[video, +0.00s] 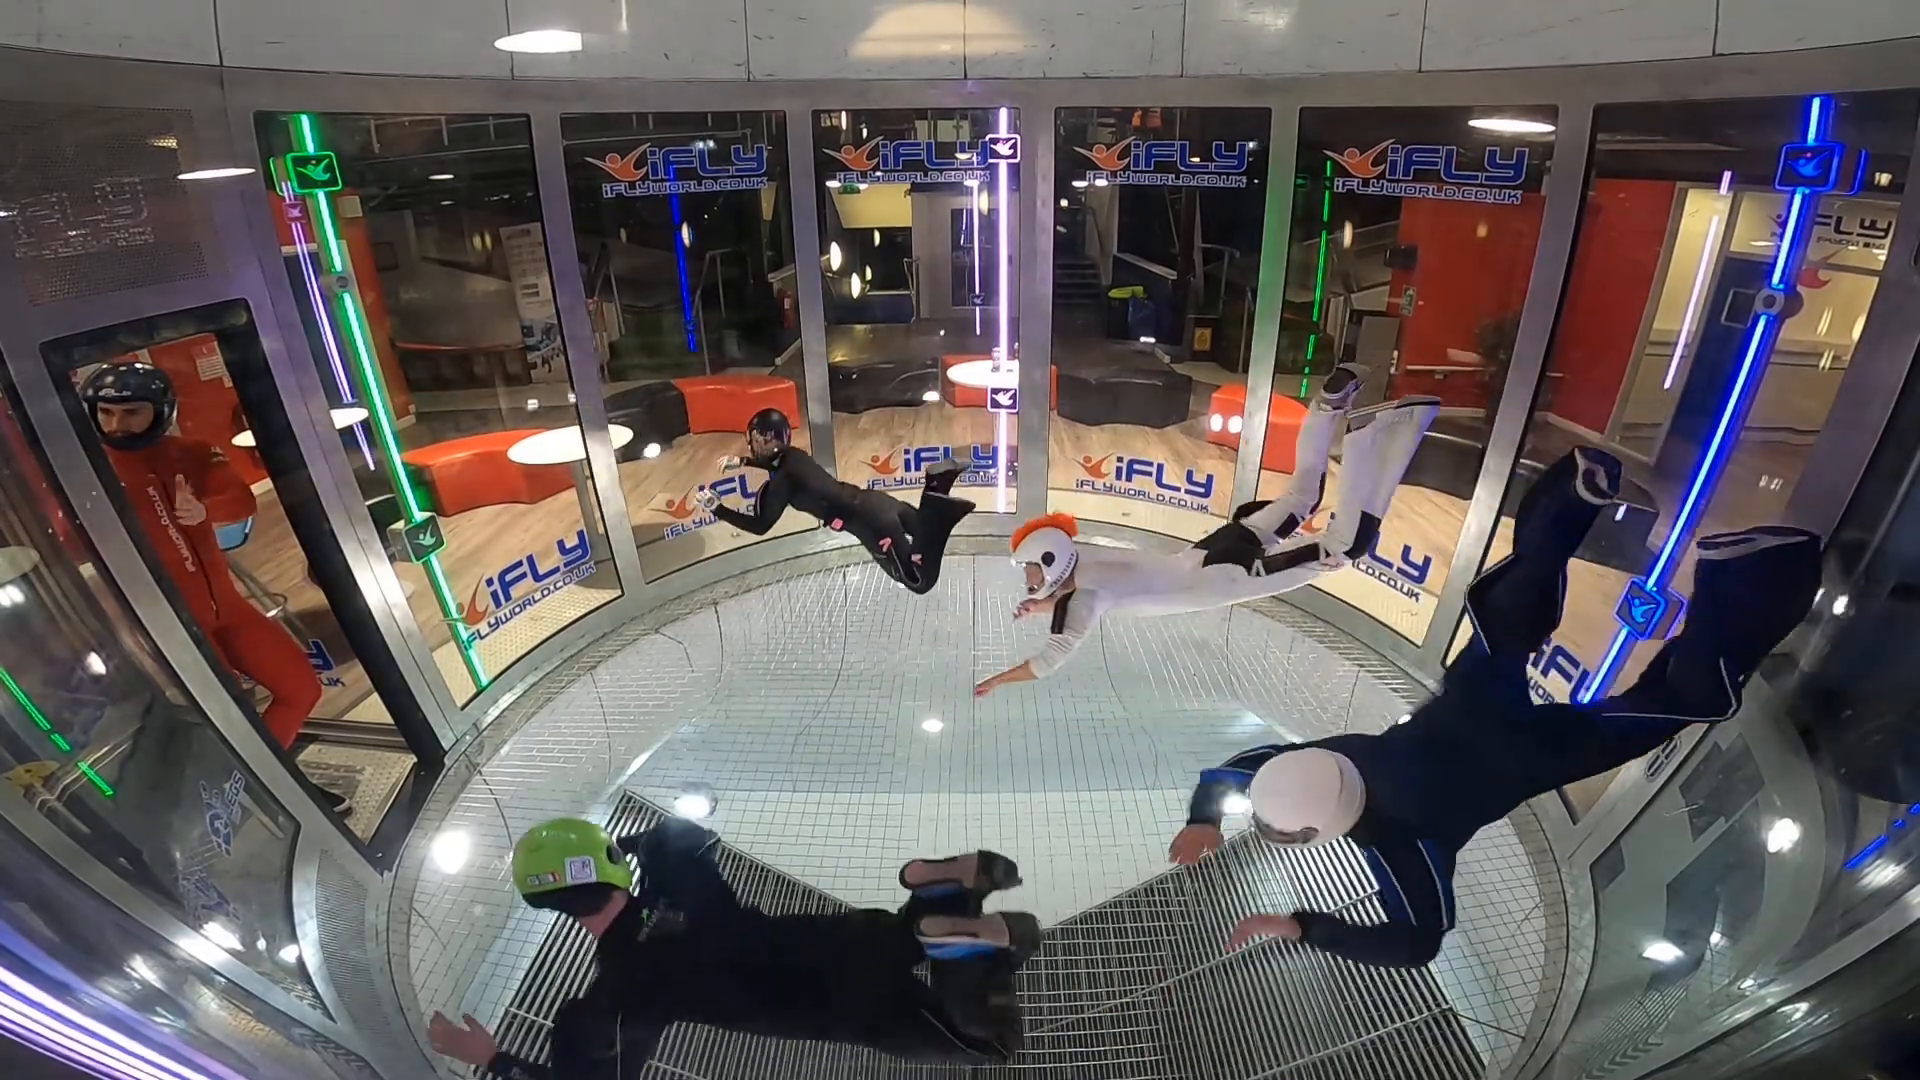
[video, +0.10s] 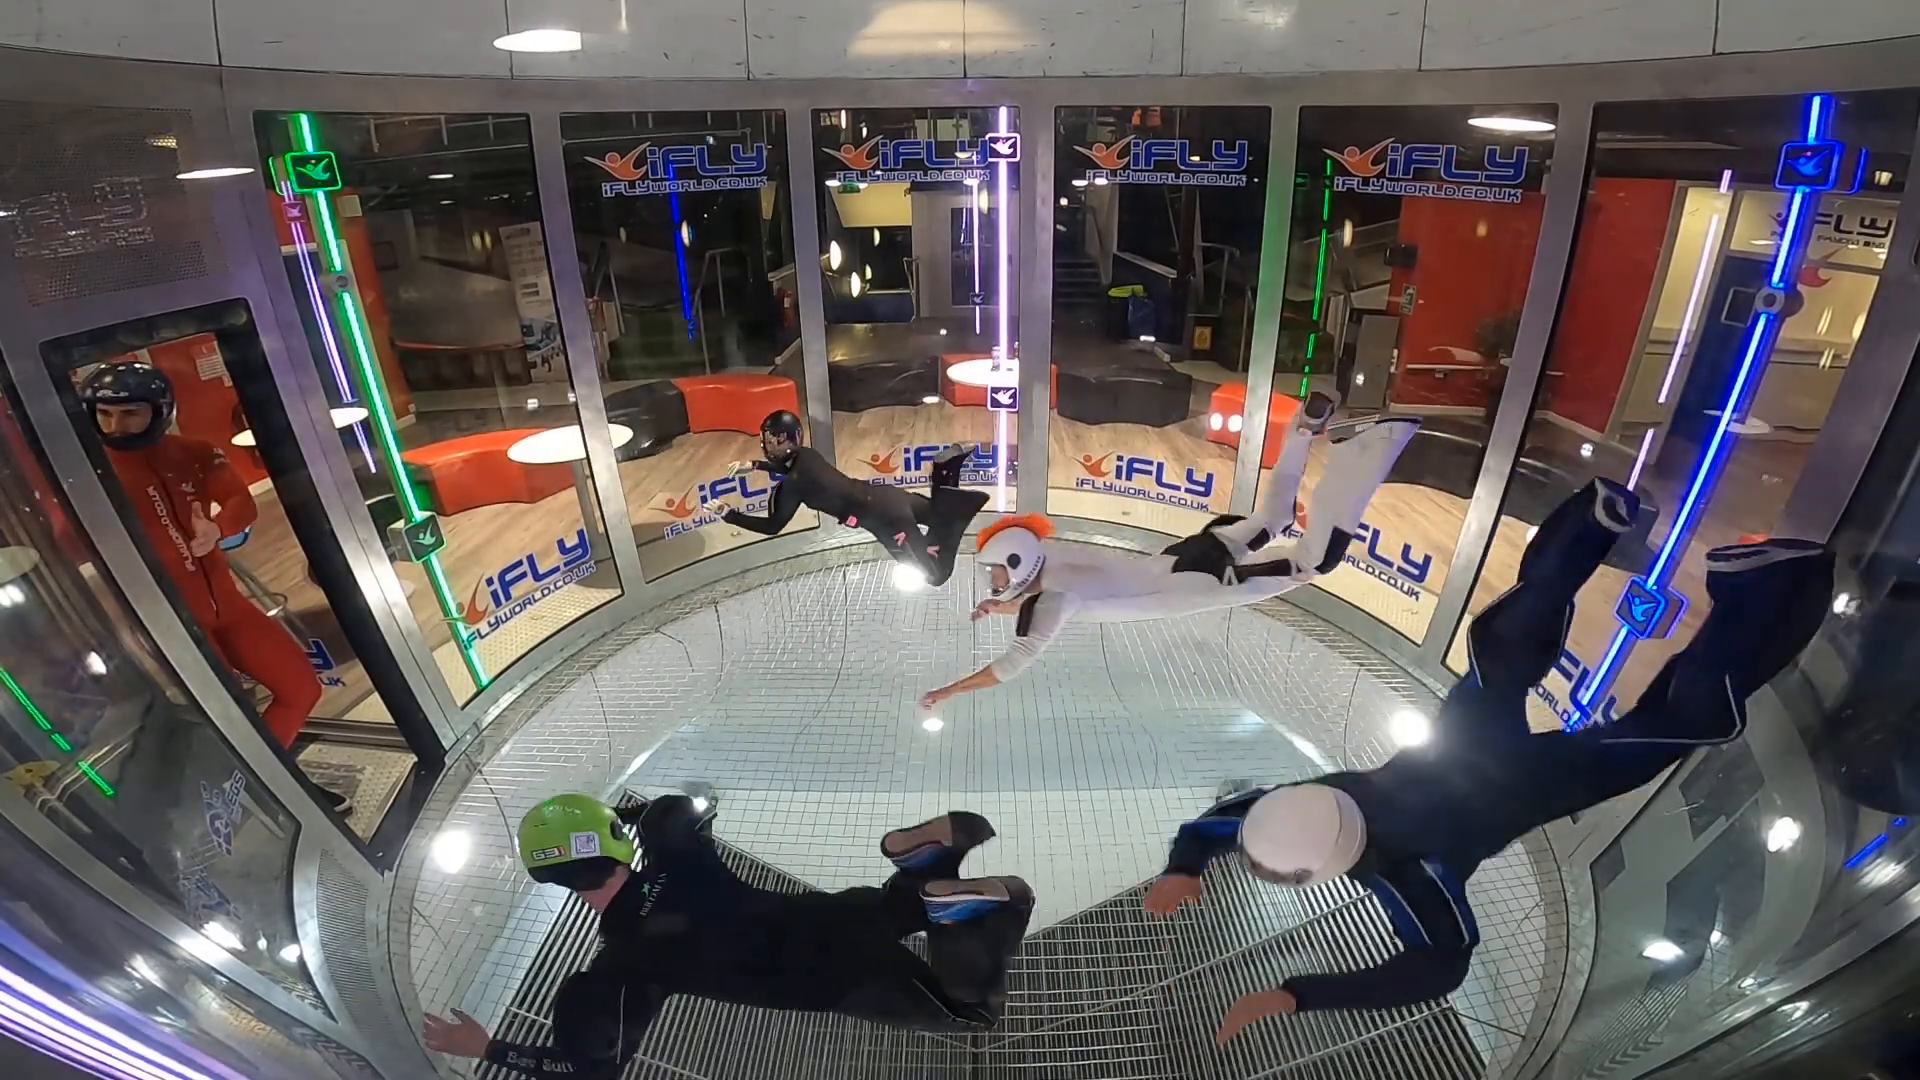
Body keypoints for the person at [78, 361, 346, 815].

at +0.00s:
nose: (117, 425)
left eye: (132, 412)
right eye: (106, 413)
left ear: (158, 412)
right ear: (92, 414)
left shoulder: (186, 455)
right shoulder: (90, 470)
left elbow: (242, 500)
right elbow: (71, 542)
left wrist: (204, 509)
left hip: (224, 607)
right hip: (172, 630)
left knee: (301, 687)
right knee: (237, 712)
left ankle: (245, 781)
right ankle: (293, 791)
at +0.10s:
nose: (116, 426)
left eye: (130, 413)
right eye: (105, 413)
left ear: (157, 413)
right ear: (92, 415)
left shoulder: (193, 456)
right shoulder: (89, 474)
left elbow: (243, 505)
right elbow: (72, 546)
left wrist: (219, 527)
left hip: (225, 607)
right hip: (169, 629)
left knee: (302, 688)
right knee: (233, 713)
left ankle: (243, 779)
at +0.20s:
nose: (116, 426)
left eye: (129, 413)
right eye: (104, 414)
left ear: (155, 412)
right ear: (90, 414)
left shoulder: (190, 455)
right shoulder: (84, 474)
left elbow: (241, 504)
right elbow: (67, 541)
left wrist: (231, 538)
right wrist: (114, 503)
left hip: (224, 605)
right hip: (168, 627)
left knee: (302, 688)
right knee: (232, 715)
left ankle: (244, 779)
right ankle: (294, 790)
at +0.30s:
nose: (121, 425)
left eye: (132, 411)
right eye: (107, 414)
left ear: (155, 409)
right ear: (91, 417)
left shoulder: (194, 456)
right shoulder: (84, 475)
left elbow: (245, 507)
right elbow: (76, 554)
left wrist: (238, 546)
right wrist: (154, 544)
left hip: (224, 604)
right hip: (169, 626)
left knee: (302, 688)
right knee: (233, 716)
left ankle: (245, 778)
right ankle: (294, 791)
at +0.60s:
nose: (128, 423)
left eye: (135, 407)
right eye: (111, 415)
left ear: (152, 402)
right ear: (94, 421)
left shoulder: (197, 455)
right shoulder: (92, 477)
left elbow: (248, 519)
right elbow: (101, 569)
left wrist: (225, 581)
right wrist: (191, 601)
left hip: (225, 599)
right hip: (170, 619)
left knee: (303, 689)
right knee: (235, 712)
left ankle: (243, 780)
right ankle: (293, 791)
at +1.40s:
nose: (129, 423)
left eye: (135, 407)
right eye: (111, 417)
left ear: (151, 402)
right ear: (94, 423)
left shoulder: (197, 455)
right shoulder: (97, 480)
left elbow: (248, 520)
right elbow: (105, 569)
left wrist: (241, 577)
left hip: (232, 602)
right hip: (176, 620)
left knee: (303, 689)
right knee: (233, 718)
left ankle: (251, 777)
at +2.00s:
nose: (120, 425)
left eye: (127, 409)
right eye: (104, 418)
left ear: (145, 404)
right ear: (88, 425)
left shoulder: (198, 455)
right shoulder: (93, 482)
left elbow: (247, 521)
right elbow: (104, 575)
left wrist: (243, 577)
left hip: (234, 604)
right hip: (180, 624)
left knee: (305, 688)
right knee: (237, 717)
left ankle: (240, 784)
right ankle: (294, 794)